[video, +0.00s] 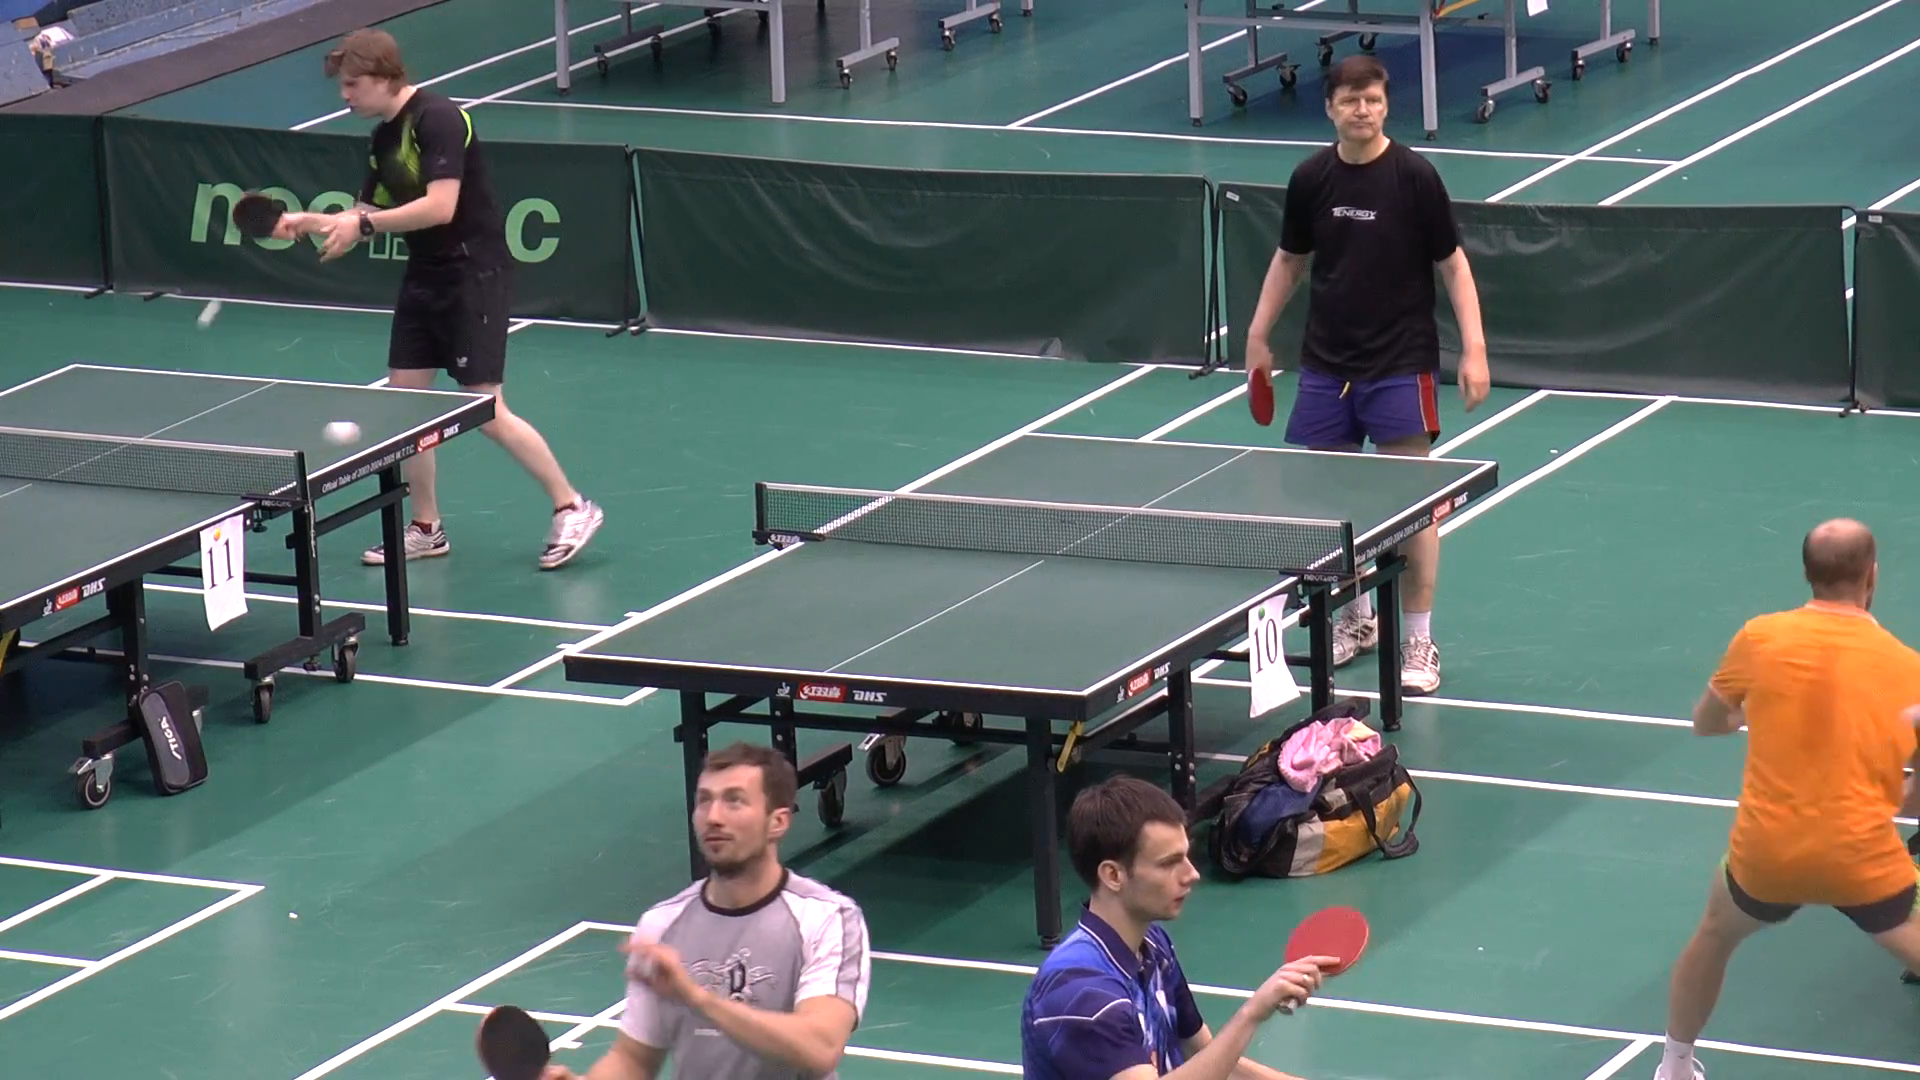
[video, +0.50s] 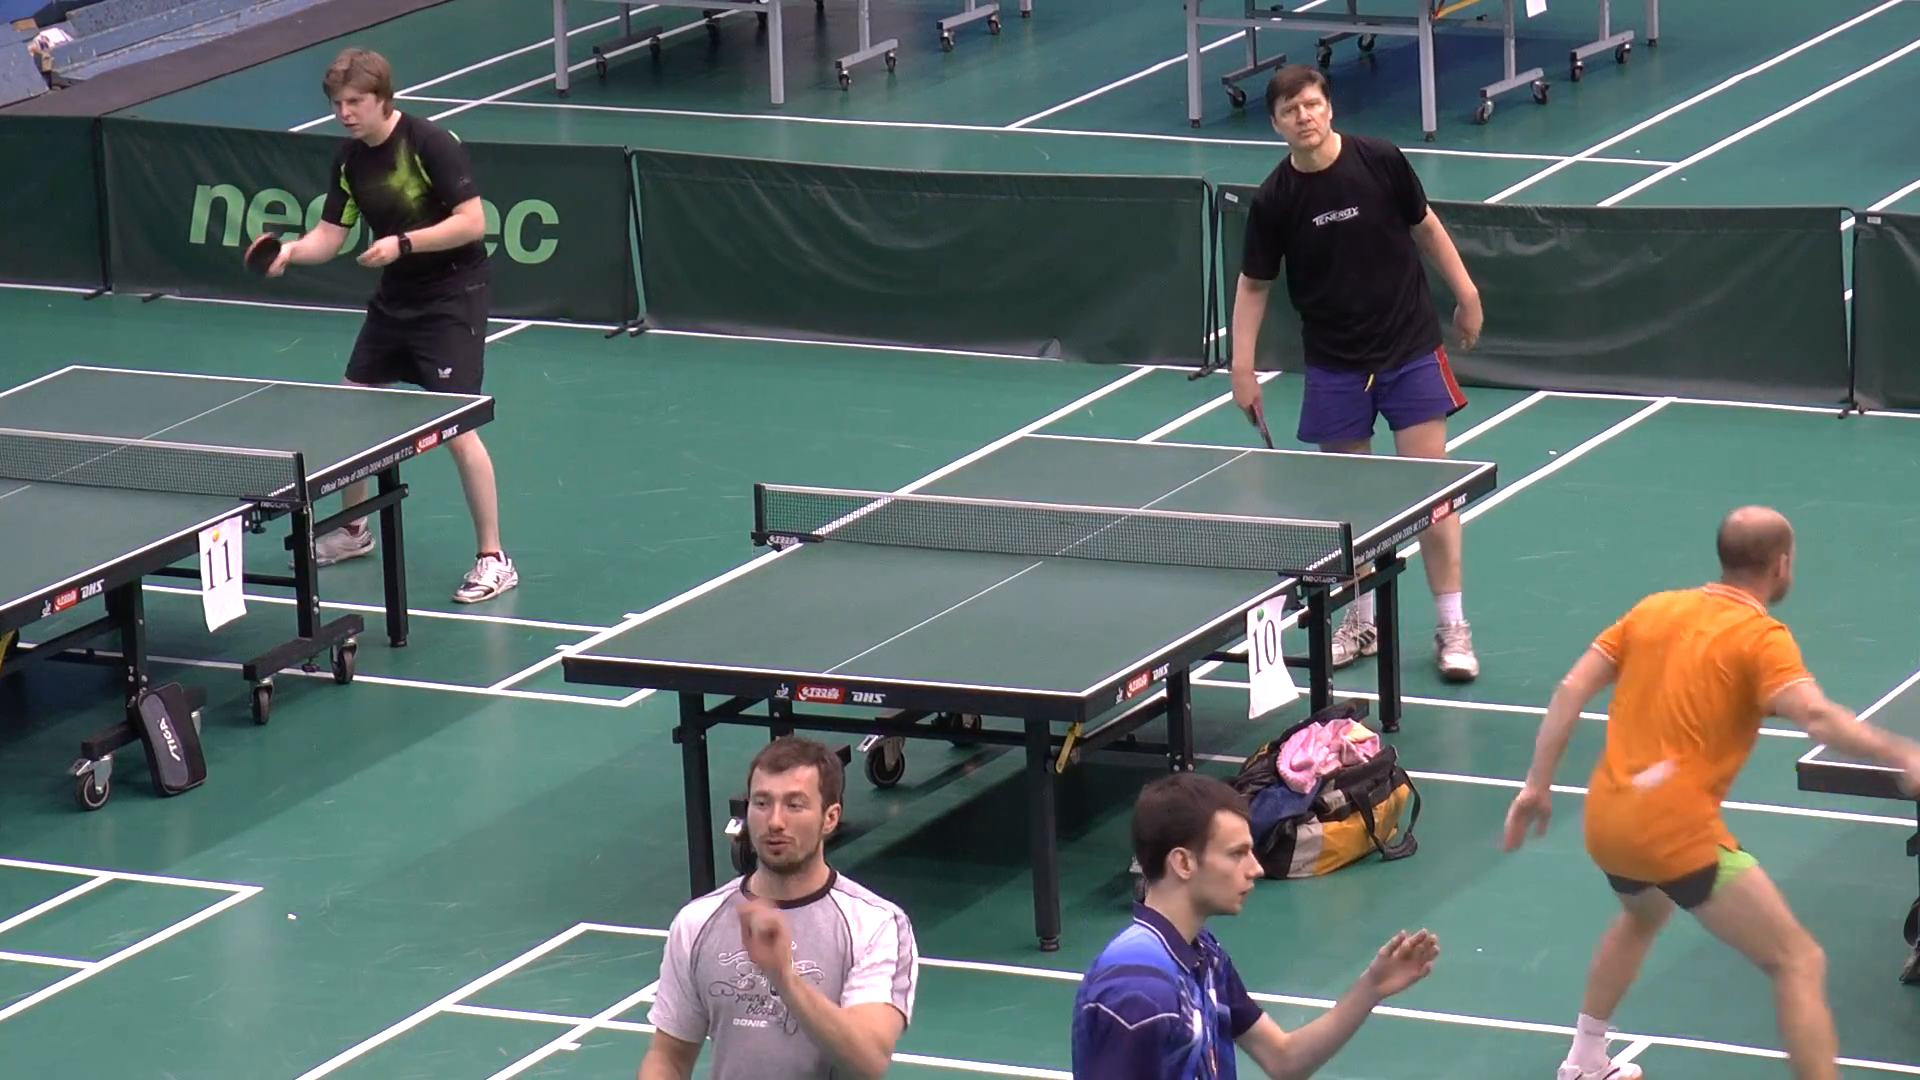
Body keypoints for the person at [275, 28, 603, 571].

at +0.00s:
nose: (346, 98)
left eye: (352, 87)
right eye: (343, 88)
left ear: (385, 78)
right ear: (365, 84)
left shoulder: (438, 116)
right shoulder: (384, 136)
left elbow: (441, 205)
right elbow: (368, 218)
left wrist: (363, 222)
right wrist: (309, 222)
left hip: (475, 274)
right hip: (424, 274)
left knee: (487, 411)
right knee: (405, 402)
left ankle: (573, 507)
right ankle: (426, 527)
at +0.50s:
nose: (345, 114)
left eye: (354, 103)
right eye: (339, 106)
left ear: (384, 98)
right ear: (338, 106)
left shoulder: (431, 141)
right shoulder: (350, 157)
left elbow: (474, 221)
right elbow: (330, 235)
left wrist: (404, 243)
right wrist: (290, 250)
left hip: (451, 299)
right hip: (393, 299)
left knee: (456, 426)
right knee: (350, 410)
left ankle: (493, 557)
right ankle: (355, 529)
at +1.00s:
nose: (300, 158)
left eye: (304, 145)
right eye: (295, 149)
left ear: (335, 132)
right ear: (339, 132)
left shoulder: (374, 167)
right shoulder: (379, 153)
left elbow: (403, 244)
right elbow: (411, 236)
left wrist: (333, 272)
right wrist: (340, 271)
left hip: (444, 304)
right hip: (412, 303)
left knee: (418, 444)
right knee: (367, 418)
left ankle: (503, 560)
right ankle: (351, 531)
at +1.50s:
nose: (327, 128)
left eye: (336, 117)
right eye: (321, 119)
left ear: (367, 112)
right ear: (320, 121)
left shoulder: (422, 150)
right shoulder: (337, 172)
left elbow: (476, 223)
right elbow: (320, 253)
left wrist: (409, 234)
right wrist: (290, 237)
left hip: (447, 309)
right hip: (385, 312)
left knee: (456, 428)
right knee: (345, 419)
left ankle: (506, 558)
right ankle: (350, 531)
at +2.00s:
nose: (302, 162)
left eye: (306, 149)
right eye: (297, 152)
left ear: (337, 136)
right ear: (342, 136)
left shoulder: (378, 170)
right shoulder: (382, 156)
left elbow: (416, 247)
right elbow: (396, 235)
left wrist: (344, 266)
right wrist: (340, 257)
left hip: (447, 311)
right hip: (412, 309)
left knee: (421, 443)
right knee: (366, 418)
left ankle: (508, 560)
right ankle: (349, 529)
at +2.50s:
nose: (326, 133)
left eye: (335, 122)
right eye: (320, 125)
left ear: (365, 117)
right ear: (317, 126)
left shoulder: (418, 157)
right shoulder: (337, 177)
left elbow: (473, 230)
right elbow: (325, 256)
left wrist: (406, 241)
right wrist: (288, 254)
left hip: (443, 313)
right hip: (383, 315)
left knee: (451, 435)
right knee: (343, 421)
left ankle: (511, 563)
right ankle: (349, 533)